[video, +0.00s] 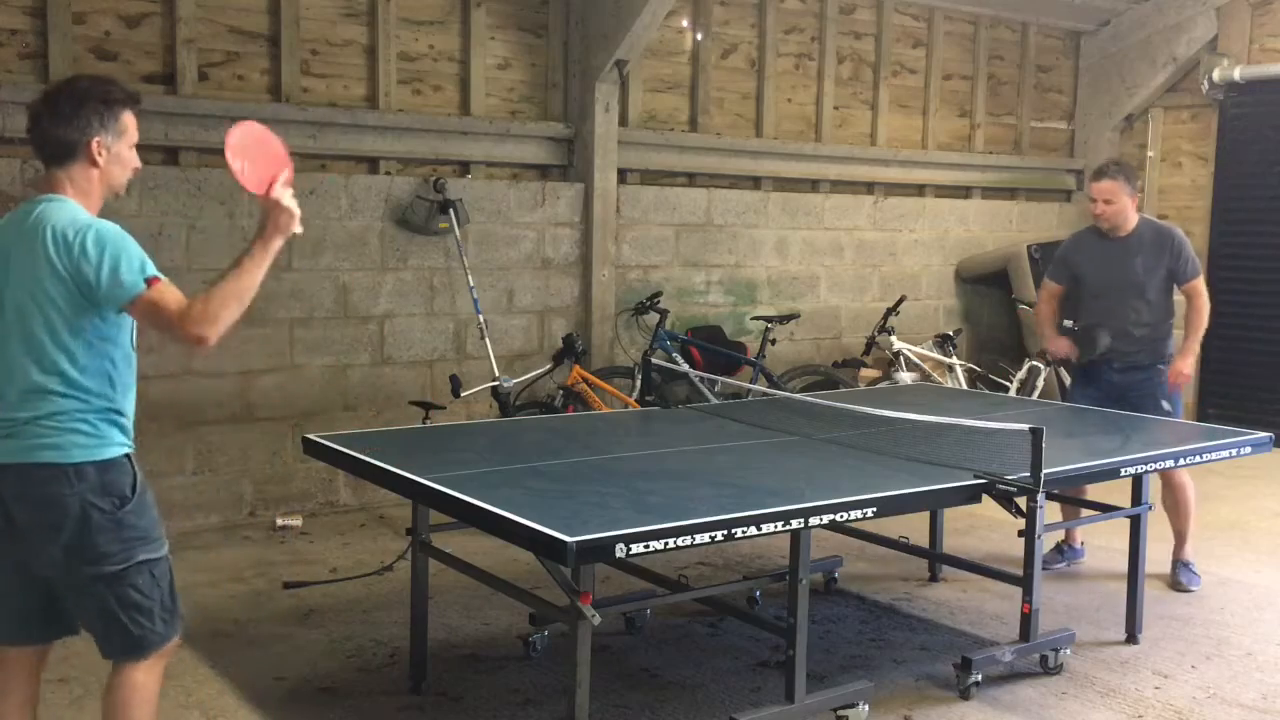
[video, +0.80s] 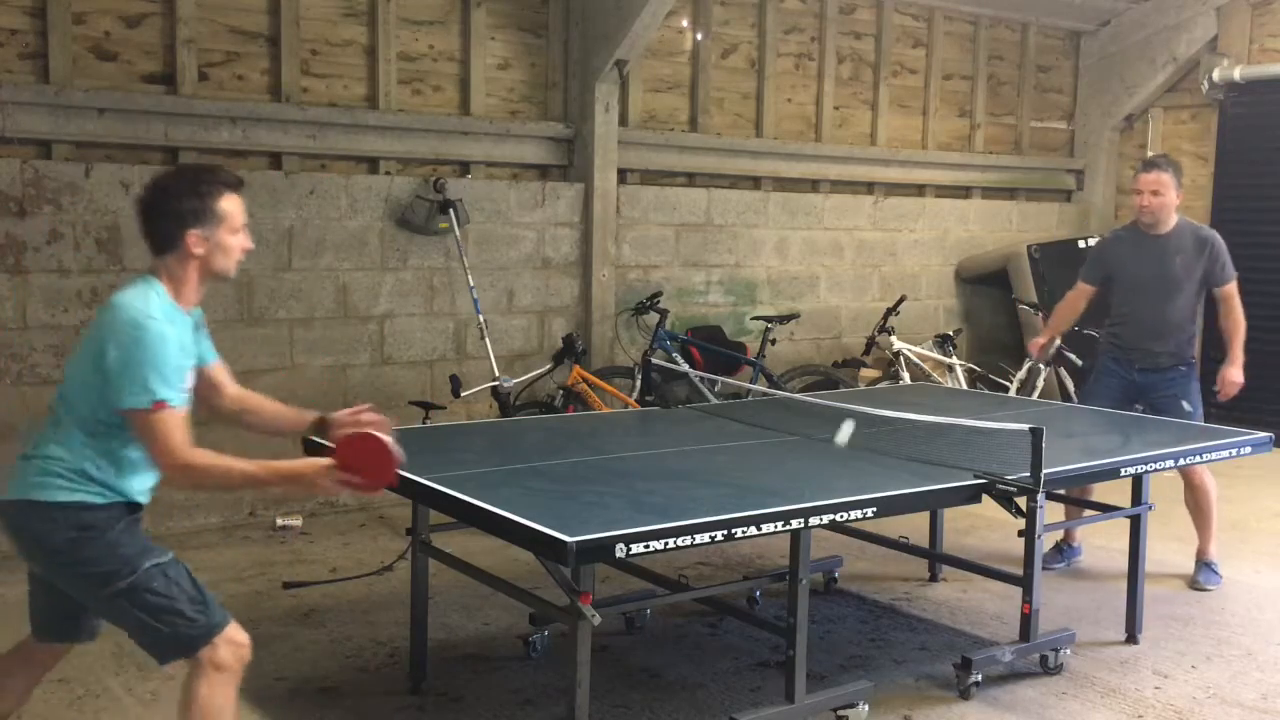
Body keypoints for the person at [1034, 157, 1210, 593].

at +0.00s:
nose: (1097, 210)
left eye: (1106, 202)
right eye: (1093, 201)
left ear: (1133, 199)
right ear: (1088, 201)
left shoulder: (1167, 241)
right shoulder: (1074, 248)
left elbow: (1197, 297)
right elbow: (1047, 297)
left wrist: (1188, 354)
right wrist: (1050, 335)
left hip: (1151, 377)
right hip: (1090, 378)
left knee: (1170, 467)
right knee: (1069, 461)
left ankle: (1183, 556)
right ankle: (1070, 542)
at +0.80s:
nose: (1145, 201)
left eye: (1155, 193)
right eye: (1139, 193)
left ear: (1178, 197)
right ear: (1131, 195)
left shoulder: (1205, 243)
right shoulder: (1113, 244)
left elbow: (1229, 303)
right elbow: (1078, 296)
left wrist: (1234, 360)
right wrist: (1048, 335)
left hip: (1174, 373)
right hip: (1113, 368)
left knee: (1191, 466)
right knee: (1080, 450)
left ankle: (1207, 555)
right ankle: (1069, 541)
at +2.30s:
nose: (837, 243)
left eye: (842, 234)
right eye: (835, 236)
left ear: (867, 232)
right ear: (853, 237)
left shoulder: (907, 260)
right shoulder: (853, 290)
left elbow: (967, 282)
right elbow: (828, 345)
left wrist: (964, 312)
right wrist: (791, 354)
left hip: (957, 366)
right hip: (916, 376)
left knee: (984, 448)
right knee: (876, 428)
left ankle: (1044, 529)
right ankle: (879, 513)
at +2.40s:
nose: (850, 233)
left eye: (856, 224)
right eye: (846, 227)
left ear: (880, 223)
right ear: (847, 232)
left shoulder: (919, 254)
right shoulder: (859, 283)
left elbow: (975, 277)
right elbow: (832, 341)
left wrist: (980, 308)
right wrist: (802, 351)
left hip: (958, 365)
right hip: (916, 373)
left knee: (977, 447)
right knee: (882, 433)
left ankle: (1046, 516)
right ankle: (877, 513)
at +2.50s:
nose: (867, 227)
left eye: (874, 218)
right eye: (864, 221)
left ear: (897, 219)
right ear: (865, 226)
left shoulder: (934, 253)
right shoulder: (872, 278)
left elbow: (991, 278)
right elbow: (847, 335)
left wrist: (1013, 308)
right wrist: (825, 347)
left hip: (965, 366)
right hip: (923, 373)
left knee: (979, 445)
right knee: (892, 436)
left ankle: (1051, 507)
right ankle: (880, 513)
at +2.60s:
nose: (894, 223)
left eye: (902, 215)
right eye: (890, 217)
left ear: (923, 217)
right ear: (887, 224)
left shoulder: (957, 254)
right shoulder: (892, 276)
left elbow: (1012, 281)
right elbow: (871, 329)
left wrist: (1054, 307)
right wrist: (856, 342)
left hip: (978, 370)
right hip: (934, 374)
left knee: (987, 441)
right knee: (900, 435)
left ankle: (1038, 497)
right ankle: (879, 513)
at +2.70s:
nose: (932, 215)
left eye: (939, 207)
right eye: (927, 210)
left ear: (961, 209)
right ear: (923, 217)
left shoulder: (992, 247)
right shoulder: (923, 270)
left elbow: (1046, 277)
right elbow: (907, 319)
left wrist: (1098, 305)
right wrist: (901, 338)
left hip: (1001, 373)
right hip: (951, 373)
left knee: (1007, 444)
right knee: (909, 431)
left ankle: (1021, 509)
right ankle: (882, 510)